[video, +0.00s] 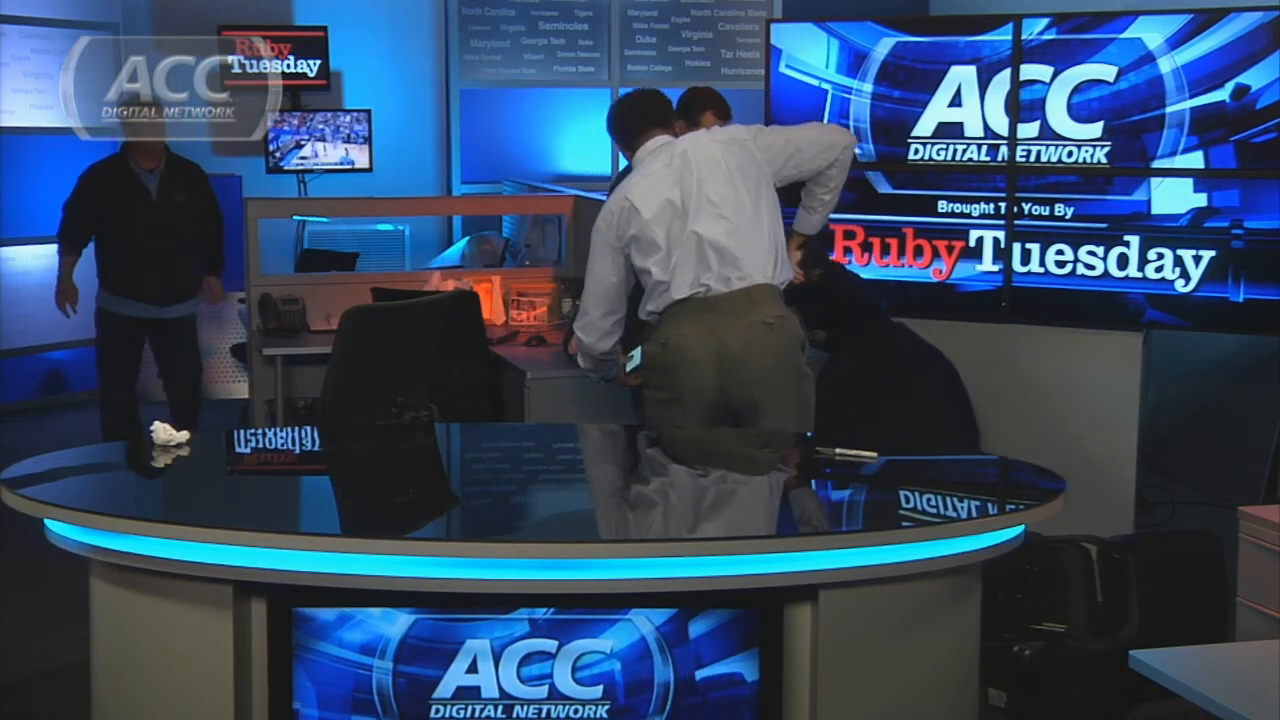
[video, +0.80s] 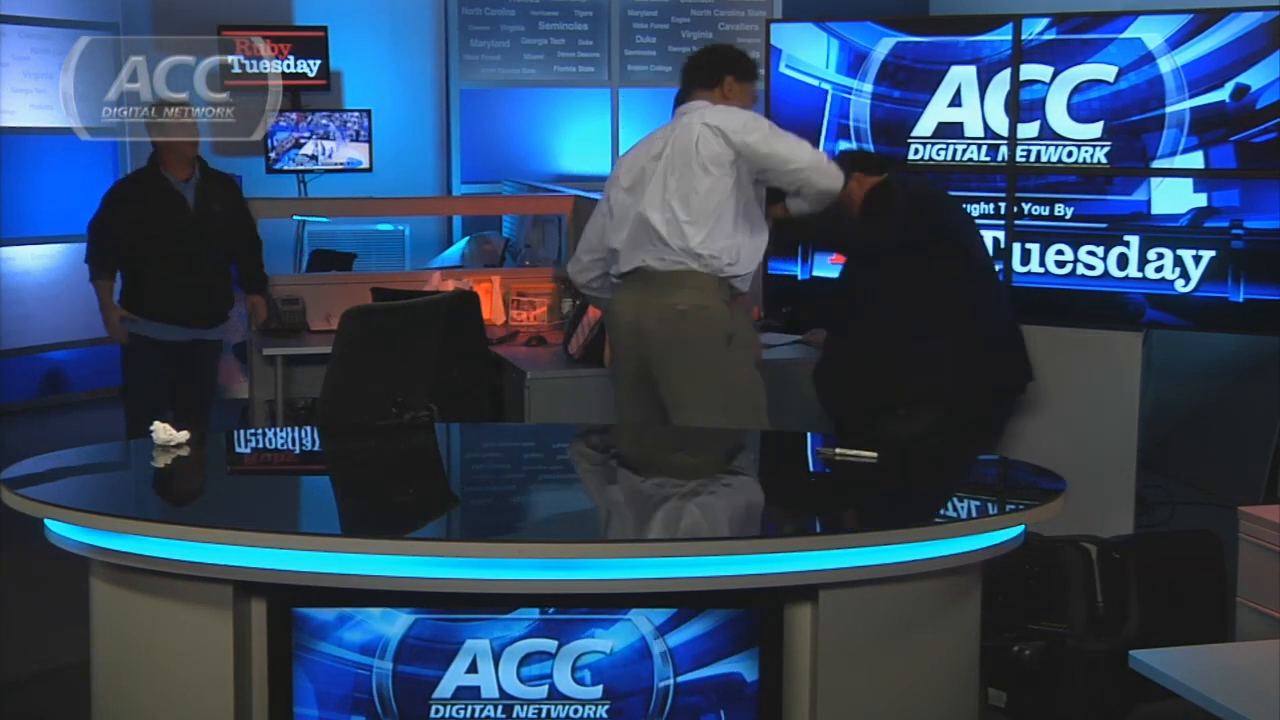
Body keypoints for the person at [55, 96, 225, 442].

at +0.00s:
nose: (151, 133)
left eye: (155, 124)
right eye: (142, 126)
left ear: (165, 128)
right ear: (128, 131)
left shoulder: (190, 175)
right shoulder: (100, 177)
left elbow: (212, 225)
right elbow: (75, 228)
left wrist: (212, 272)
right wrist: (65, 278)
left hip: (177, 305)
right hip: (120, 305)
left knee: (186, 388)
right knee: (117, 390)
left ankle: (190, 465)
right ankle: (120, 465)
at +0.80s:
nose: (188, 136)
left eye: (191, 127)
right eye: (177, 128)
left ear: (199, 133)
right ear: (157, 136)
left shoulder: (224, 188)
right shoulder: (127, 193)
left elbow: (246, 246)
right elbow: (101, 252)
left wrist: (255, 291)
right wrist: (107, 307)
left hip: (205, 335)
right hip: (147, 335)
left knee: (195, 428)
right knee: (145, 429)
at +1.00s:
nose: (197, 132)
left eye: (198, 122)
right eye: (186, 125)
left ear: (206, 129)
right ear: (164, 134)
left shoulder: (229, 184)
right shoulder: (138, 194)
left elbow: (249, 247)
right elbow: (126, 266)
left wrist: (255, 295)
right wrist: (151, 311)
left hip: (225, 333)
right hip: (160, 335)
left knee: (237, 430)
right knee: (150, 435)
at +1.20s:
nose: (229, 131)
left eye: (228, 122)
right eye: (218, 124)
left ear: (232, 128)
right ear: (194, 133)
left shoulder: (250, 186)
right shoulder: (166, 191)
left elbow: (259, 254)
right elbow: (158, 263)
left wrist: (264, 303)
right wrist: (200, 298)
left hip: (244, 342)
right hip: (184, 342)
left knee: (251, 439)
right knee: (166, 440)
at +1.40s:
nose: (259, 139)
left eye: (260, 130)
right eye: (247, 132)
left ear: (268, 133)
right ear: (225, 138)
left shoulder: (284, 191)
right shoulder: (200, 193)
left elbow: (295, 258)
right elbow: (192, 265)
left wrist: (304, 312)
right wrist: (238, 297)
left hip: (277, 345)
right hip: (220, 345)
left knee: (271, 448)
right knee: (227, 451)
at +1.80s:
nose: (320, 146)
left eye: (322, 137)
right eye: (310, 138)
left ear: (324, 138)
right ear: (281, 143)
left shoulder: (329, 197)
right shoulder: (253, 204)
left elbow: (345, 264)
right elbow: (241, 282)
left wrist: (363, 316)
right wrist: (283, 326)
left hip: (333, 355)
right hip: (278, 359)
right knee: (283, 463)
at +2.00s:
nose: (349, 144)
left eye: (350, 135)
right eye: (339, 136)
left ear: (352, 135)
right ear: (308, 141)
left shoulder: (355, 193)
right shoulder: (280, 203)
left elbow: (360, 267)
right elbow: (277, 289)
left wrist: (369, 325)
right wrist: (317, 335)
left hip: (354, 352)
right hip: (300, 361)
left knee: (357, 459)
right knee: (306, 460)